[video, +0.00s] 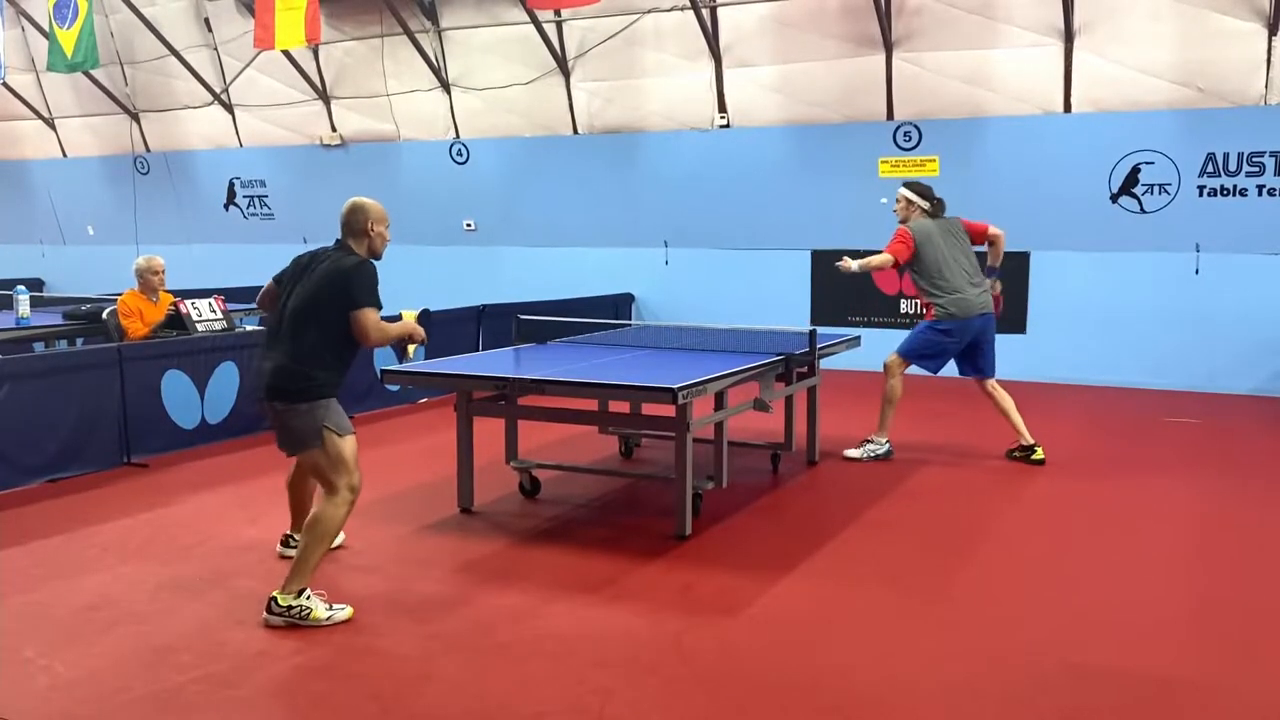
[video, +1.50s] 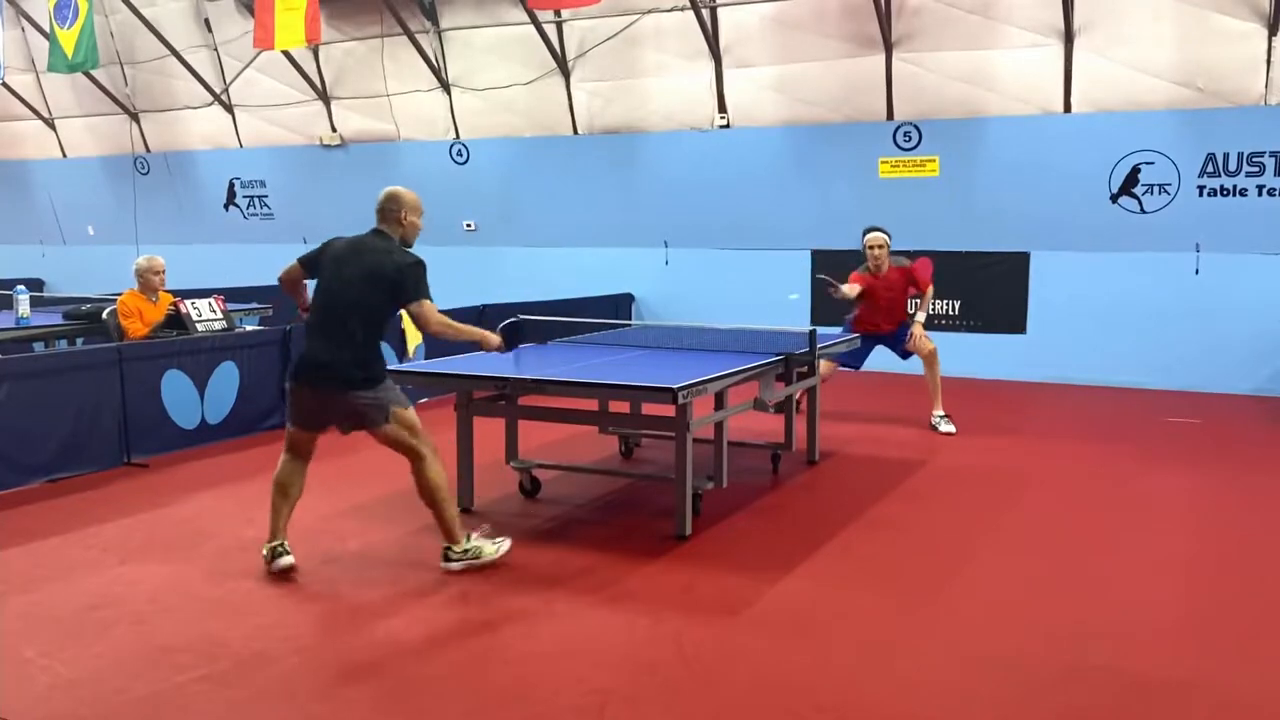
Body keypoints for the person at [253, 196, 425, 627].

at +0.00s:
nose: (389, 235)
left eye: (387, 228)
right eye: (385, 228)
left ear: (348, 230)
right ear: (370, 230)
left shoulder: (309, 259)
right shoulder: (358, 269)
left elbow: (266, 301)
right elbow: (370, 333)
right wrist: (404, 327)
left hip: (281, 385)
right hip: (308, 389)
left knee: (310, 458)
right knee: (346, 487)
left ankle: (299, 534)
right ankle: (289, 597)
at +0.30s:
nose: (388, 235)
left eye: (388, 228)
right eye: (385, 228)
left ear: (350, 226)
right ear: (369, 227)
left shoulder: (307, 256)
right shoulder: (358, 263)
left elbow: (263, 291)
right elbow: (367, 324)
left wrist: (295, 321)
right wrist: (406, 325)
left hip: (284, 379)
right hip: (321, 381)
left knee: (320, 448)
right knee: (382, 465)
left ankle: (293, 539)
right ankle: (332, 560)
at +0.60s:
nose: (408, 241)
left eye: (408, 234)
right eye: (406, 233)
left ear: (368, 230)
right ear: (388, 231)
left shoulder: (323, 262)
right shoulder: (384, 272)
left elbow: (286, 306)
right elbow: (405, 334)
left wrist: (331, 310)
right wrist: (451, 342)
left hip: (306, 383)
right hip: (355, 386)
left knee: (315, 448)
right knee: (417, 463)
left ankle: (286, 538)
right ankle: (428, 567)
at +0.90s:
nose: (444, 229)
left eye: (445, 221)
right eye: (441, 221)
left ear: (409, 217)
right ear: (419, 217)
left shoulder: (357, 241)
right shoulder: (433, 262)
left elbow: (301, 262)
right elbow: (474, 318)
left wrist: (259, 268)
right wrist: (516, 355)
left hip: (332, 365)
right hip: (387, 369)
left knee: (306, 445)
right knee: (443, 442)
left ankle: (269, 533)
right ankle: (481, 533)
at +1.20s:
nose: (485, 257)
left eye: (484, 249)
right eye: (482, 249)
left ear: (450, 246)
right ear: (465, 250)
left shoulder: (404, 271)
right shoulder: (480, 293)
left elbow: (357, 292)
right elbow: (533, 319)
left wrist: (297, 311)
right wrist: (587, 324)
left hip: (374, 387)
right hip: (432, 397)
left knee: (325, 452)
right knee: (483, 441)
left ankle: (284, 540)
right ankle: (501, 526)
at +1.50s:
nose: (421, 226)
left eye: (421, 219)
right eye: (419, 218)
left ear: (381, 217)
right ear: (403, 218)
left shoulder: (336, 247)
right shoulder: (405, 263)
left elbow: (288, 277)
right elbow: (430, 323)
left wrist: (303, 304)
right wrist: (481, 335)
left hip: (309, 370)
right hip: (360, 375)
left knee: (295, 453)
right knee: (422, 450)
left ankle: (276, 543)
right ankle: (459, 545)